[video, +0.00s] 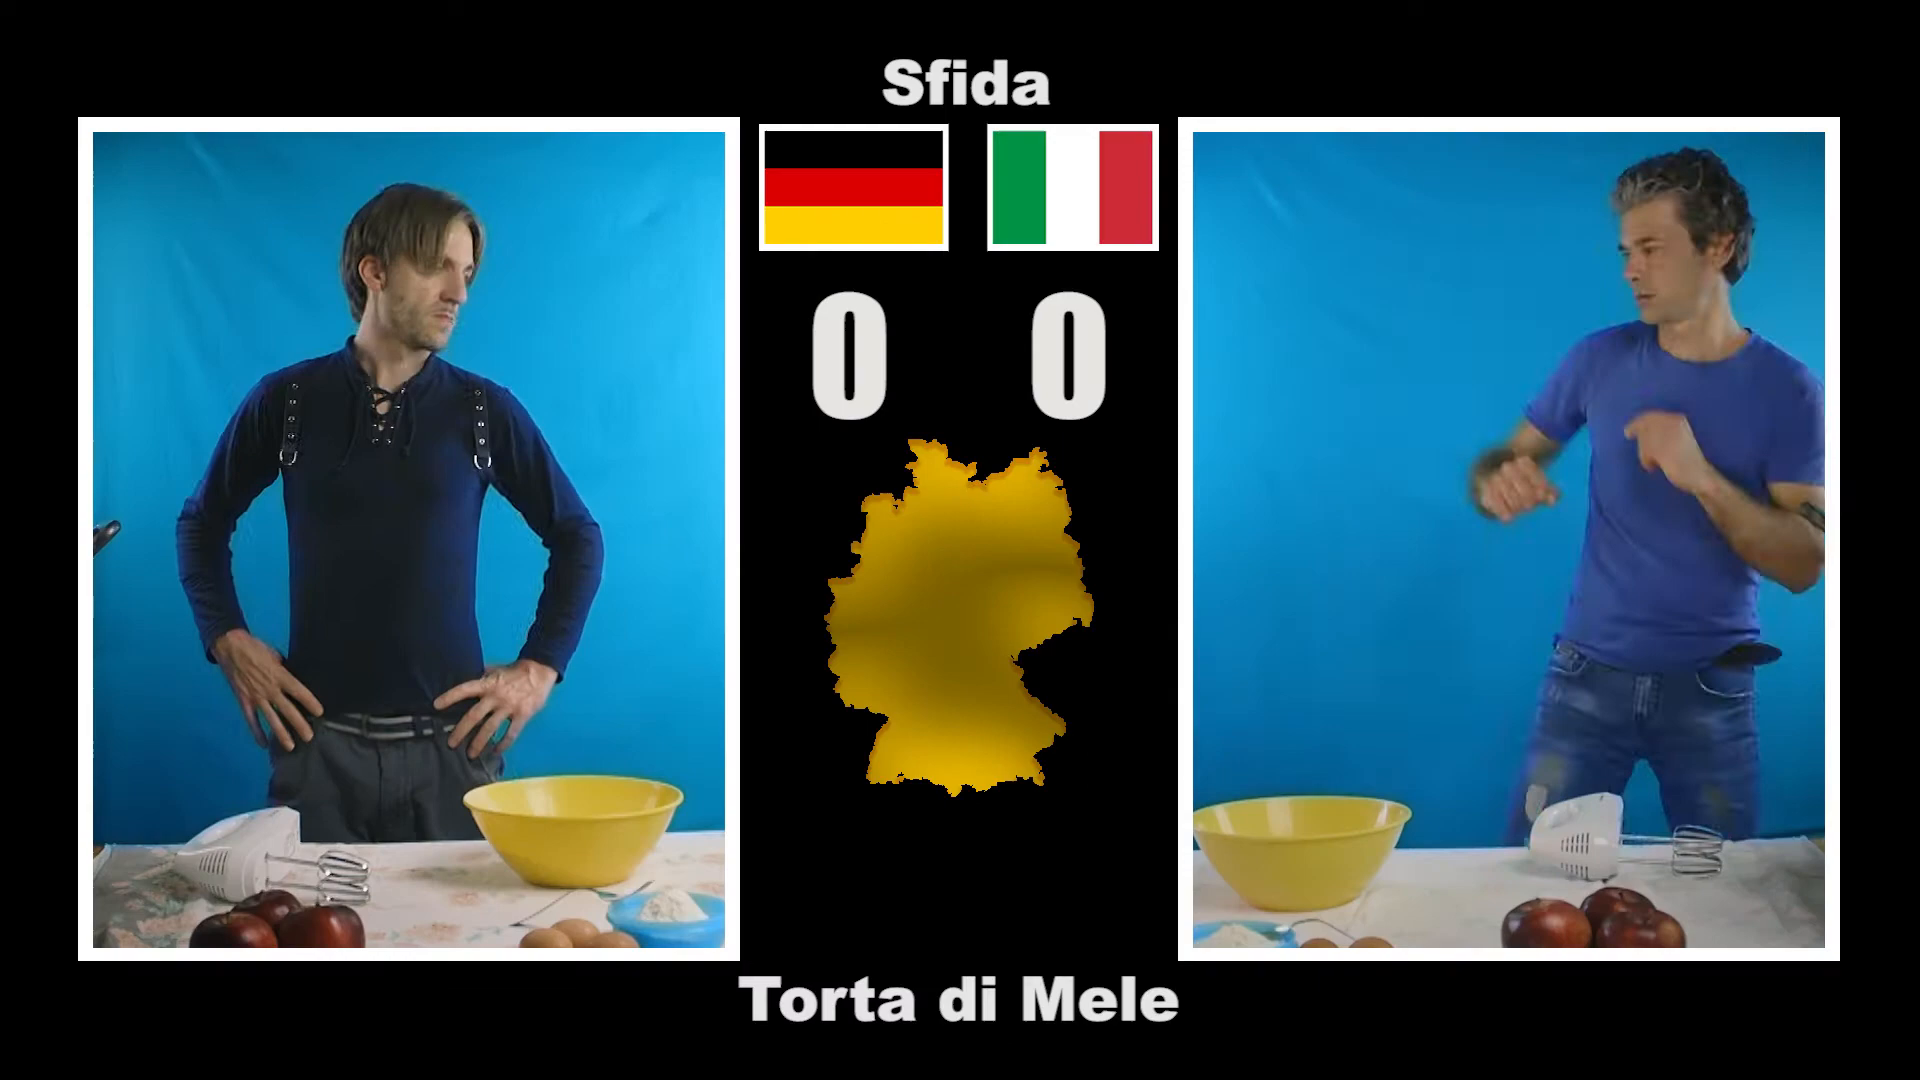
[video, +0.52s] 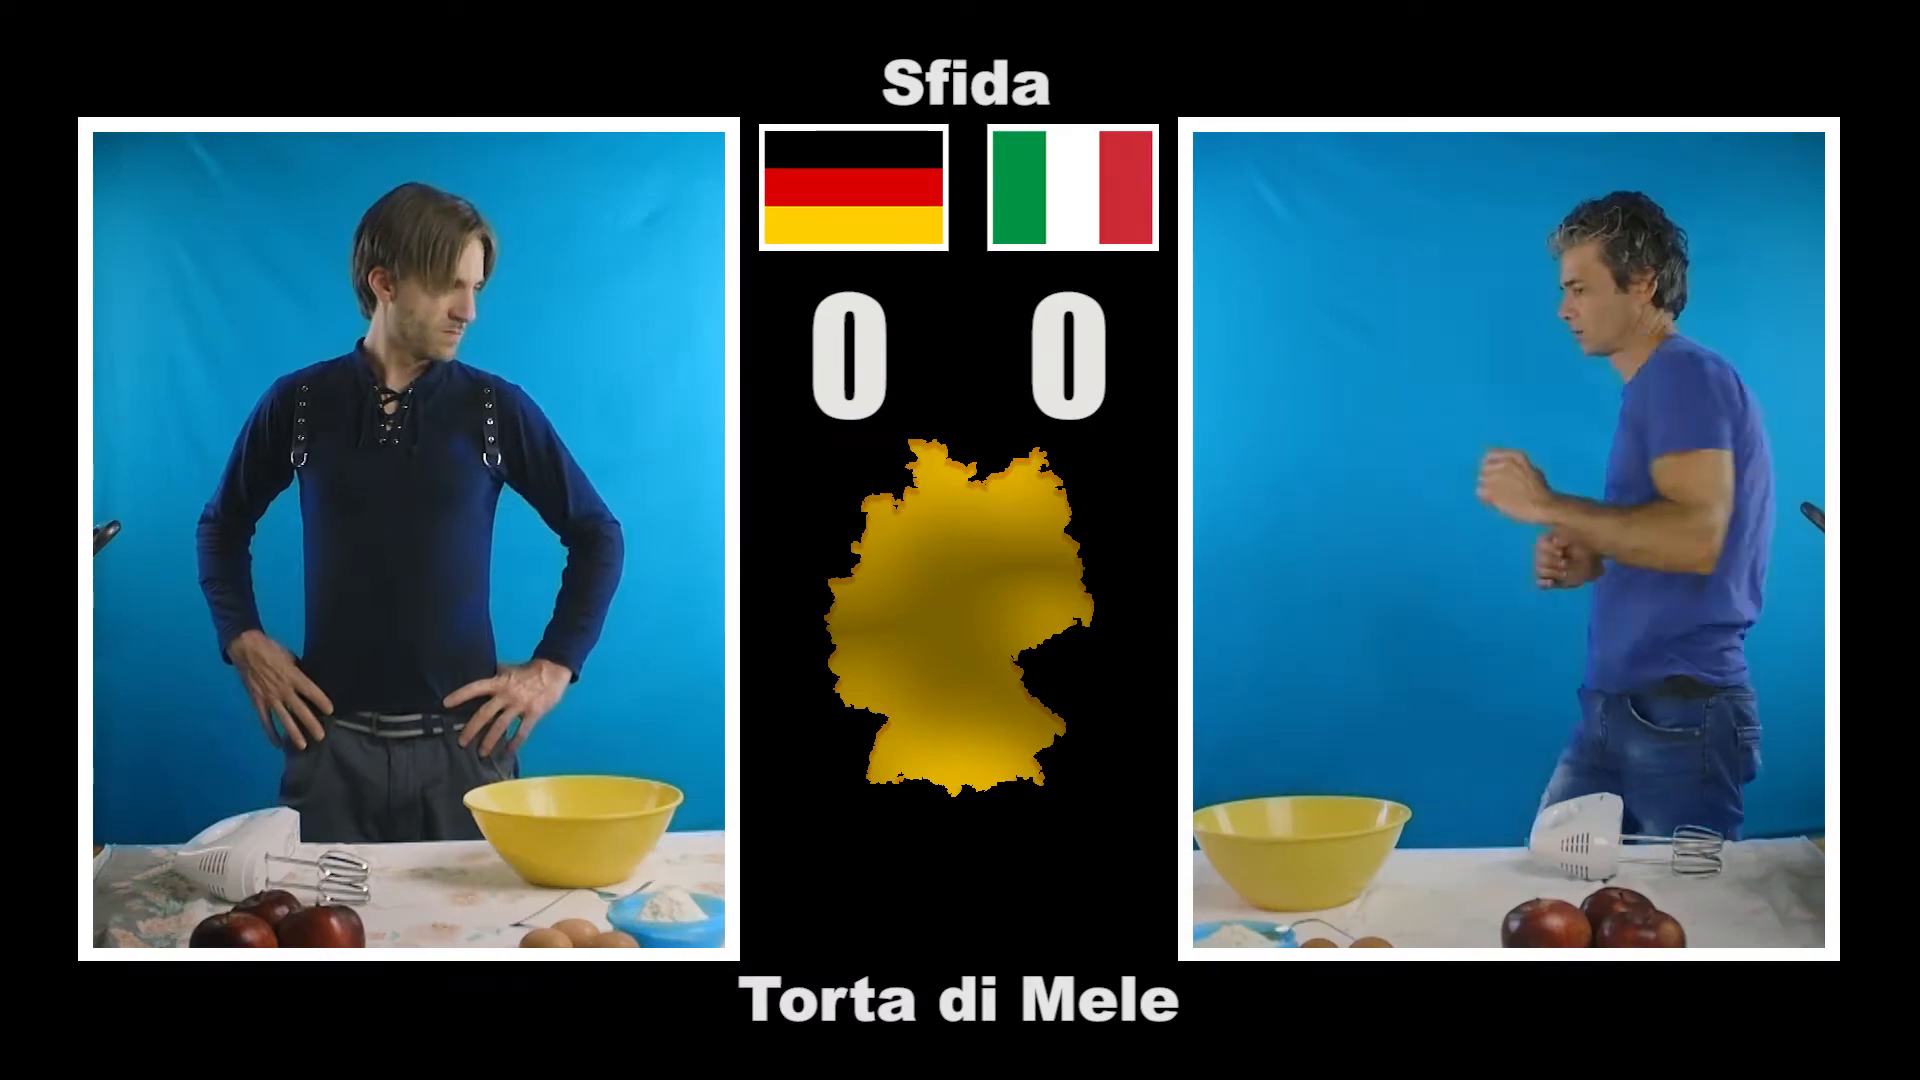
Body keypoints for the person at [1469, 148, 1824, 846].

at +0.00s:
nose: (1631, 270)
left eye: (1650, 248)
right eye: (1626, 252)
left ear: (1721, 248)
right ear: (1621, 256)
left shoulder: (1786, 389)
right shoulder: (1599, 361)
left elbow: (1801, 563)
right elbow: (1503, 461)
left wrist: (1701, 479)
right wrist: (1501, 481)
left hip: (1711, 687)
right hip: (1586, 676)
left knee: (1719, 896)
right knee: (1536, 887)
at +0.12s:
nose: (1592, 281)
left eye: (1611, 261)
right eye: (1592, 263)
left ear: (1678, 263)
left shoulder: (1734, 349)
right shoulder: (1638, 388)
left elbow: (1702, 379)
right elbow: (1662, 541)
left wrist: (1600, 367)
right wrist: (1587, 532)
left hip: (1695, 697)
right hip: (1593, 685)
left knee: (1704, 902)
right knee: (1528, 880)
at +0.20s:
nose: (1581, 290)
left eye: (1594, 264)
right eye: (1579, 268)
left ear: (1661, 267)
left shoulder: (1704, 352)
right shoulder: (1666, 383)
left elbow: (1593, 255)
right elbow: (1696, 539)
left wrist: (1435, 313)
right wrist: (1604, 529)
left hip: (1692, 708)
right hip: (1604, 692)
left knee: (1691, 916)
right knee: (1537, 891)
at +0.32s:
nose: (1576, 306)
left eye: (1587, 284)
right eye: (1574, 288)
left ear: (1649, 272)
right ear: (1651, 273)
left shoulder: (1661, 334)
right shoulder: (1742, 395)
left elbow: (1550, 358)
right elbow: (1768, 557)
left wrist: (1448, 344)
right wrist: (1627, 536)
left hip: (1678, 707)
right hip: (1612, 697)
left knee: (1671, 930)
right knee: (1553, 896)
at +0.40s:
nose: (1569, 312)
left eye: (1582, 289)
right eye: (1567, 293)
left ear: (1644, 282)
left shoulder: (1647, 356)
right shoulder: (1742, 405)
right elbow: (1766, 567)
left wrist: (1478, 418)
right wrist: (1624, 541)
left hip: (1673, 718)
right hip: (1613, 703)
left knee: (1664, 929)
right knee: (1553, 898)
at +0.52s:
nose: (1564, 310)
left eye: (1578, 288)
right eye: (1564, 291)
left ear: (1642, 284)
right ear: (1636, 287)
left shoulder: (1685, 377)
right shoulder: (1648, 394)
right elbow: (1673, 541)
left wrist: (1546, 505)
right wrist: (1595, 558)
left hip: (1686, 715)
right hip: (1612, 707)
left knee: (1680, 919)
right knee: (1553, 895)